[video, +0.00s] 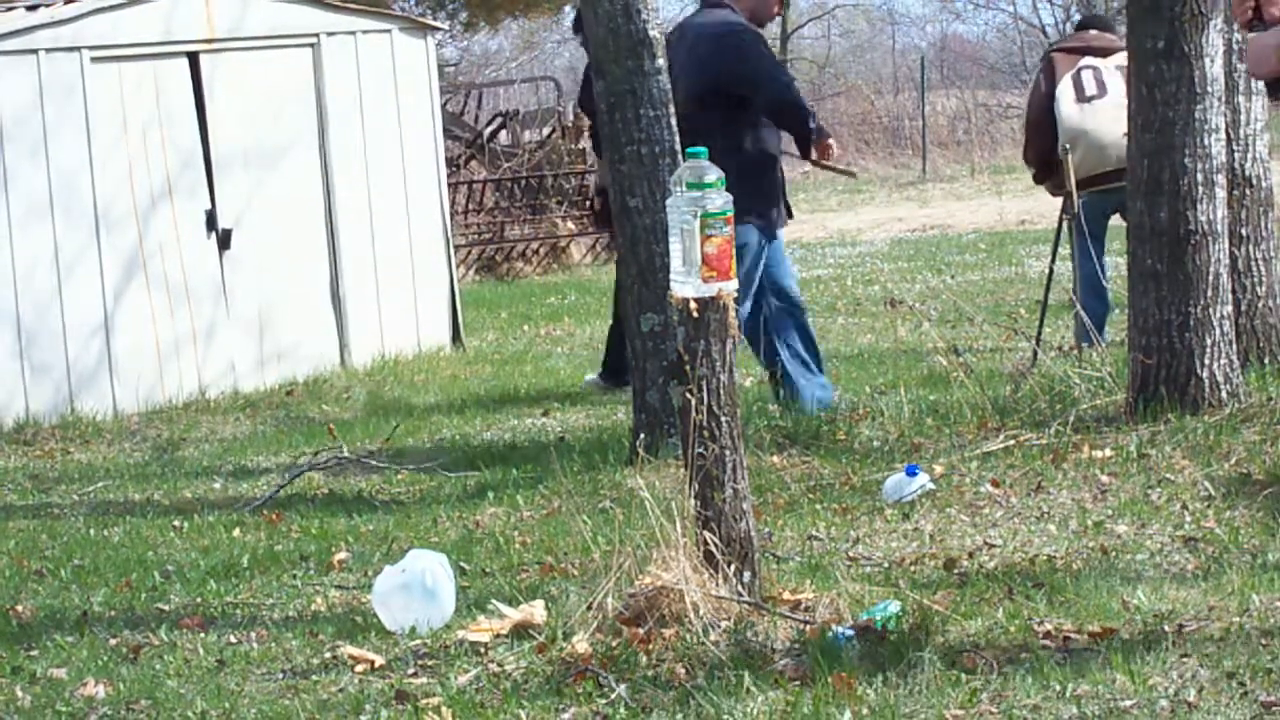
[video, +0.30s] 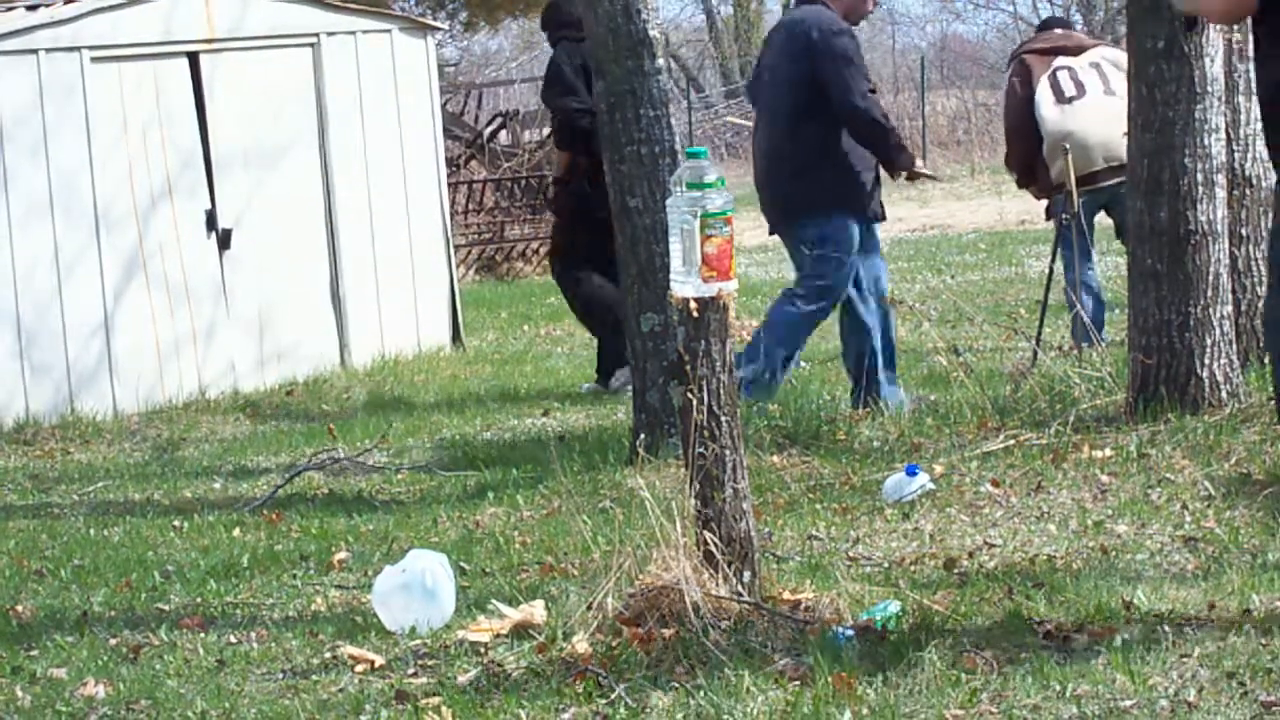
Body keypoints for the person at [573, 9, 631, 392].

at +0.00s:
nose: (580, 38)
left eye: (583, 30)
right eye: (580, 30)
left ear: (595, 31)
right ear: (596, 31)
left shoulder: (603, 70)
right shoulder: (603, 68)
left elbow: (601, 130)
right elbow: (600, 132)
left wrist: (603, 182)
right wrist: (602, 182)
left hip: (624, 175)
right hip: (620, 174)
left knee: (631, 271)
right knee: (633, 270)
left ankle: (617, 367)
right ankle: (616, 366)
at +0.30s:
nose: (548, 37)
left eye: (549, 31)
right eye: (550, 30)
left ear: (556, 27)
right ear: (591, 20)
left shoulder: (568, 56)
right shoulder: (614, 49)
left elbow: (573, 116)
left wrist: (564, 174)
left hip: (588, 184)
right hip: (623, 178)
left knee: (570, 266)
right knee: (615, 267)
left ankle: (629, 352)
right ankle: (611, 370)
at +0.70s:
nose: (492, 44)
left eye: (493, 38)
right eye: (491, 38)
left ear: (502, 35)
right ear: (538, 26)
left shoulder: (511, 70)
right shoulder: (576, 63)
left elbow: (521, 132)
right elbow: (597, 124)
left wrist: (513, 172)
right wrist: (596, 174)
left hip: (539, 197)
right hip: (584, 188)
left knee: (530, 290)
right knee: (591, 284)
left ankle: (508, 375)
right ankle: (614, 372)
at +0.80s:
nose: (475, 50)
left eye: (475, 42)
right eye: (475, 43)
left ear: (484, 40)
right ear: (517, 30)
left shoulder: (492, 74)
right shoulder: (556, 65)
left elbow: (501, 137)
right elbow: (588, 117)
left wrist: (493, 184)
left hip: (521, 202)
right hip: (565, 193)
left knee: (517, 292)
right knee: (575, 284)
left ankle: (506, 376)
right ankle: (610, 368)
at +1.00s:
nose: (445, 50)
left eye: (446, 44)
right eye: (445, 44)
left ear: (455, 42)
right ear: (491, 31)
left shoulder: (462, 76)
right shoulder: (528, 64)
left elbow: (469, 137)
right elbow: (560, 115)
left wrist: (466, 176)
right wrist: (542, 157)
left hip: (491, 197)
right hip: (536, 188)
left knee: (491, 284)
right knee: (526, 271)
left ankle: (503, 377)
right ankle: (568, 337)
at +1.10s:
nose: (436, 50)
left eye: (436, 43)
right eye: (436, 43)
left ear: (443, 42)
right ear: (478, 31)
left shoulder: (450, 78)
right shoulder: (515, 62)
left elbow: (461, 132)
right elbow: (548, 113)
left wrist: (455, 178)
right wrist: (533, 155)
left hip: (483, 192)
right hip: (527, 183)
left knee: (486, 279)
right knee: (510, 271)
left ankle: (501, 372)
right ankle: (539, 350)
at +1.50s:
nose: (405, 59)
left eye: (405, 52)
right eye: (403, 53)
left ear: (415, 45)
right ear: (438, 38)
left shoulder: (427, 72)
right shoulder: (479, 69)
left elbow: (435, 134)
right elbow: (510, 121)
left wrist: (422, 191)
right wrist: (499, 172)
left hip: (450, 194)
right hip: (488, 189)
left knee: (455, 283)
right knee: (475, 279)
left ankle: (496, 368)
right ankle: (466, 368)